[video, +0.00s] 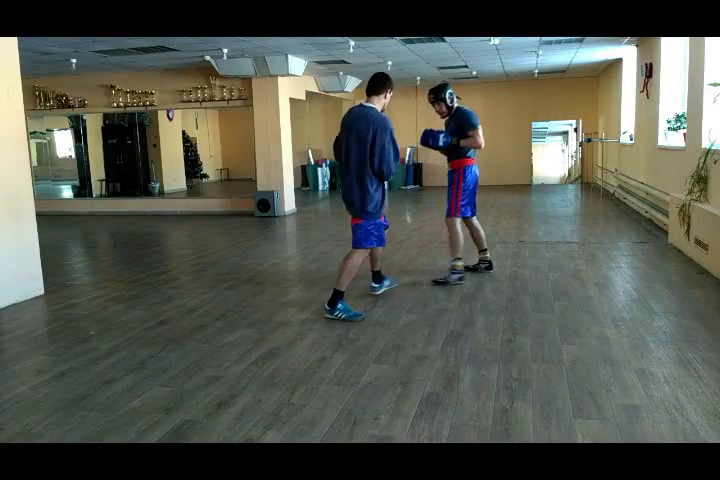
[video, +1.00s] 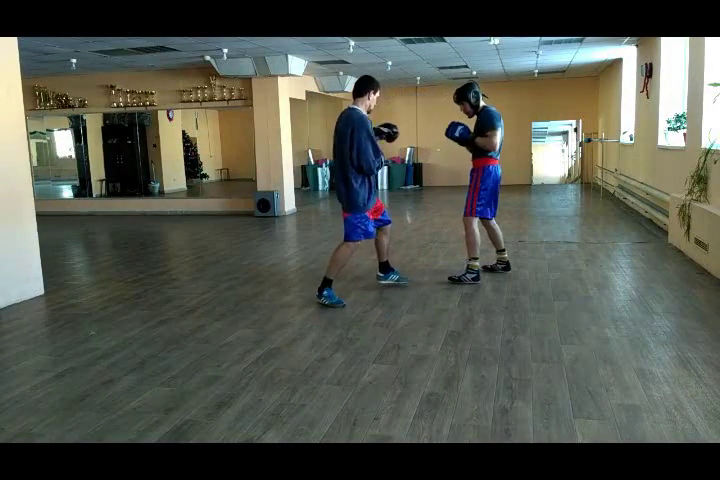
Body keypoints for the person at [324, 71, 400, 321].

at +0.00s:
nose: (389, 100)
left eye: (389, 95)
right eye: (391, 95)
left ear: (367, 91)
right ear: (386, 94)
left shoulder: (351, 115)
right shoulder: (381, 122)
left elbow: (338, 150)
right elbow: (386, 168)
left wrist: (355, 167)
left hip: (351, 187)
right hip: (371, 191)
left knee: (376, 231)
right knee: (361, 247)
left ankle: (377, 278)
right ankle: (335, 302)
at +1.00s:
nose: (376, 102)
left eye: (377, 98)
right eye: (377, 97)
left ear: (356, 93)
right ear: (370, 95)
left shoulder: (347, 116)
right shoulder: (359, 120)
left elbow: (353, 145)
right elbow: (367, 164)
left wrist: (376, 135)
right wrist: (382, 159)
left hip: (360, 189)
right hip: (357, 192)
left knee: (383, 223)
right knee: (353, 239)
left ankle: (385, 270)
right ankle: (325, 288)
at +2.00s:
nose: (376, 108)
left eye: (377, 104)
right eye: (374, 103)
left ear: (366, 102)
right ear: (363, 101)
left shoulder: (367, 124)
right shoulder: (346, 125)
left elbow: (374, 151)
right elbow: (340, 164)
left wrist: (389, 134)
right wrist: (369, 163)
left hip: (368, 188)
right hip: (347, 191)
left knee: (384, 225)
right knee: (336, 232)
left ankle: (389, 264)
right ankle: (316, 273)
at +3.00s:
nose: (395, 108)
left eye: (397, 104)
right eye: (393, 104)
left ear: (386, 103)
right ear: (381, 101)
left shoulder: (394, 121)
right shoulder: (364, 124)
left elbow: (411, 133)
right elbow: (357, 161)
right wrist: (387, 159)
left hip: (388, 184)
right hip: (365, 186)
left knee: (399, 220)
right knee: (352, 223)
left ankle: (405, 260)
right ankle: (334, 260)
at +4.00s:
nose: (414, 107)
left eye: (416, 103)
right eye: (410, 103)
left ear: (419, 104)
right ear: (400, 103)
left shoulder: (424, 124)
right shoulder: (389, 127)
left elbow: (434, 156)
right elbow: (383, 156)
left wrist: (438, 146)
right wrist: (400, 157)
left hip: (418, 182)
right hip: (396, 182)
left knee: (419, 221)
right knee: (385, 217)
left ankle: (417, 249)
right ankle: (372, 249)